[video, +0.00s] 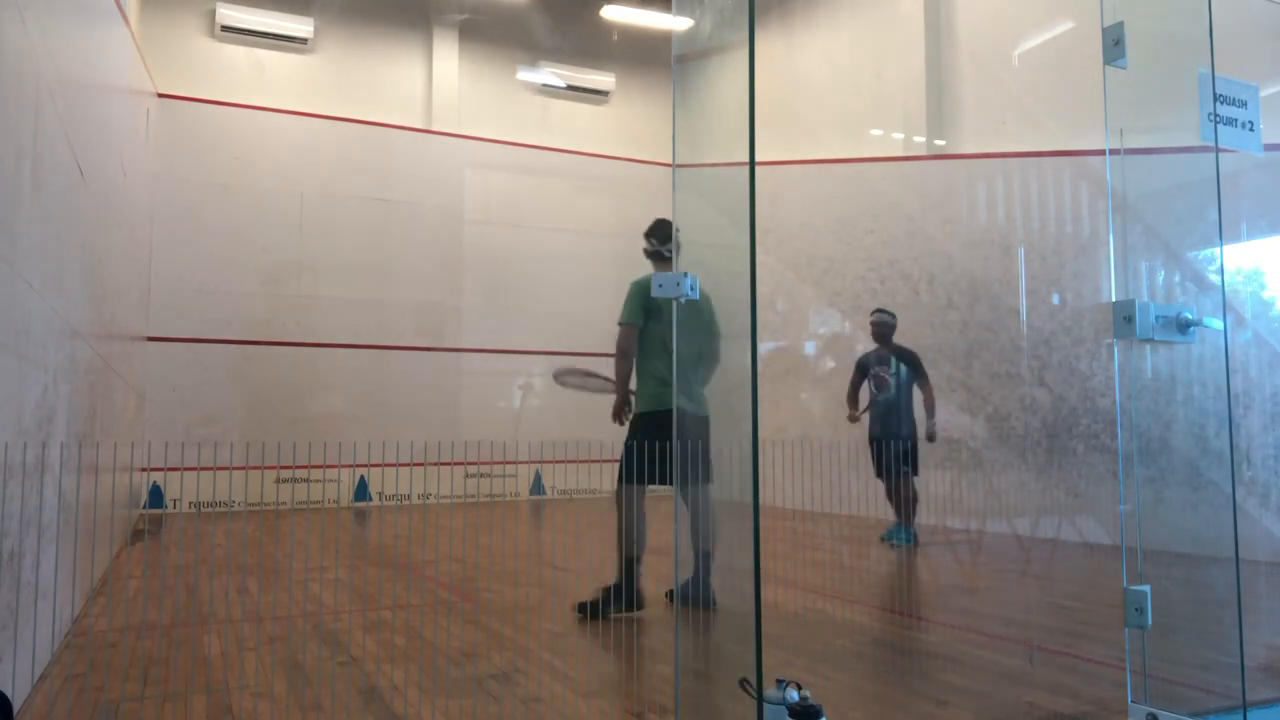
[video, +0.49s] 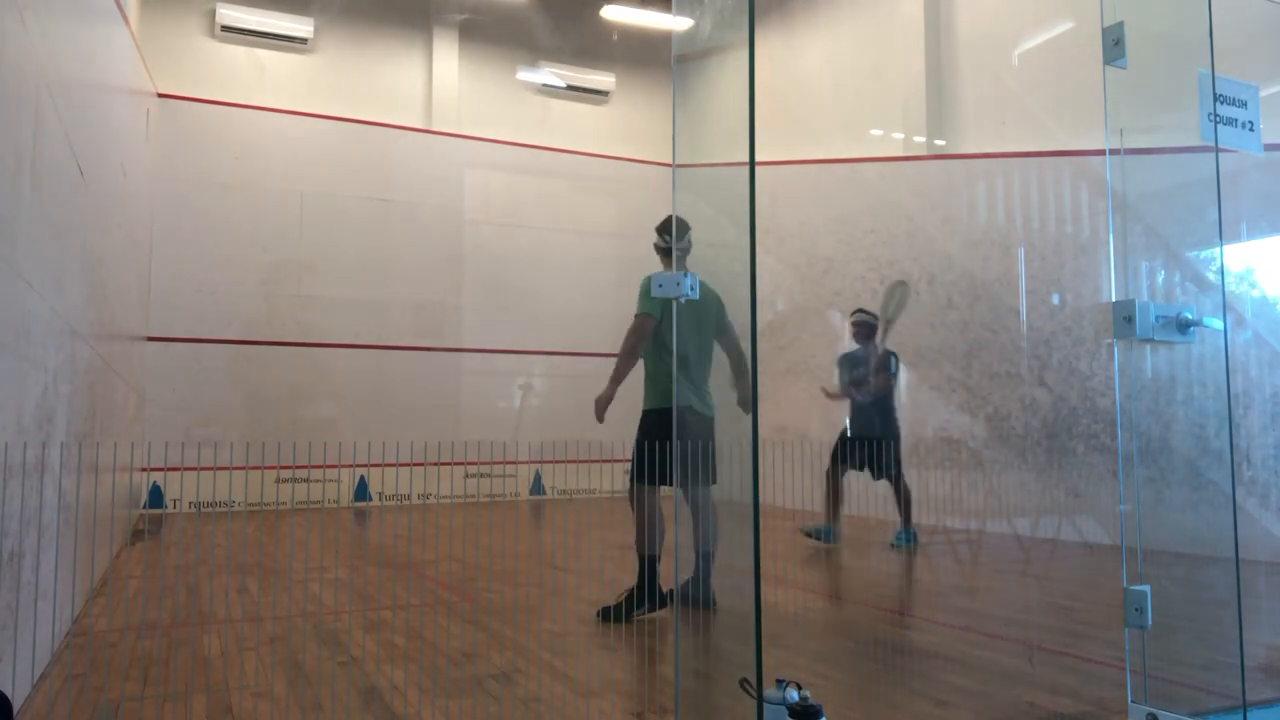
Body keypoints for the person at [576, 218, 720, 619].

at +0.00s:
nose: (648, 255)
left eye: (647, 248)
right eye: (658, 246)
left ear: (648, 250)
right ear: (678, 249)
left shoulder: (642, 289)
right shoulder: (698, 293)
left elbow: (625, 345)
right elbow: (712, 353)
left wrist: (622, 393)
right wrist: (691, 387)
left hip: (654, 412)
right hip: (693, 413)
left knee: (629, 492)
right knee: (698, 495)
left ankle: (626, 586)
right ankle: (702, 582)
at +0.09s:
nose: (653, 255)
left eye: (652, 249)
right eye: (658, 248)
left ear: (653, 250)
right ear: (685, 249)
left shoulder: (647, 287)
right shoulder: (705, 296)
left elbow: (630, 343)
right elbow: (716, 358)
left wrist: (623, 389)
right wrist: (698, 397)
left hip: (656, 411)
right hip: (696, 414)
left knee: (636, 492)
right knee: (697, 495)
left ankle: (646, 586)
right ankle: (701, 584)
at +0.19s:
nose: (656, 253)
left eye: (656, 247)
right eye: (662, 246)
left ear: (656, 249)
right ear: (687, 248)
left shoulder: (650, 286)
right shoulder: (707, 296)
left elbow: (633, 340)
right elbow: (714, 361)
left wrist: (619, 387)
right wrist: (708, 404)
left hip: (660, 410)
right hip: (699, 412)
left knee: (641, 492)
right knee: (697, 495)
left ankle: (647, 587)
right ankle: (700, 584)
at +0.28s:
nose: (658, 252)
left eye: (658, 246)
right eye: (664, 246)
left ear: (657, 247)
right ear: (688, 247)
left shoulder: (652, 284)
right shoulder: (707, 295)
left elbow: (634, 337)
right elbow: (719, 356)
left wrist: (612, 388)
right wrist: (728, 400)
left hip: (660, 410)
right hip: (699, 412)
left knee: (644, 492)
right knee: (697, 495)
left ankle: (646, 587)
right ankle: (701, 584)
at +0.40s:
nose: (660, 252)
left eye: (660, 247)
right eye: (666, 247)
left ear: (658, 246)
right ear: (689, 247)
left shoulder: (653, 285)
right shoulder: (708, 295)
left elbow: (636, 337)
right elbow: (729, 354)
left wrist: (608, 388)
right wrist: (742, 395)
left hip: (662, 411)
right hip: (701, 413)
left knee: (643, 490)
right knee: (698, 494)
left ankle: (646, 588)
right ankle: (701, 584)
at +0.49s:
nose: (659, 251)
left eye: (659, 246)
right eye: (664, 245)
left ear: (658, 246)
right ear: (690, 246)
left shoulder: (655, 284)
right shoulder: (708, 294)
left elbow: (640, 334)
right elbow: (734, 349)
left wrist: (610, 388)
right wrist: (744, 390)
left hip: (662, 412)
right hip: (700, 413)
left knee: (643, 491)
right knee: (699, 494)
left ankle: (646, 588)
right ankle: (701, 585)